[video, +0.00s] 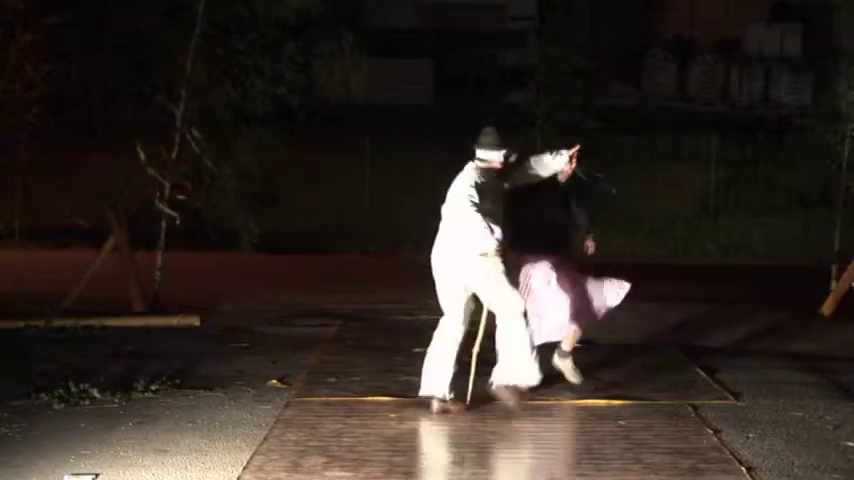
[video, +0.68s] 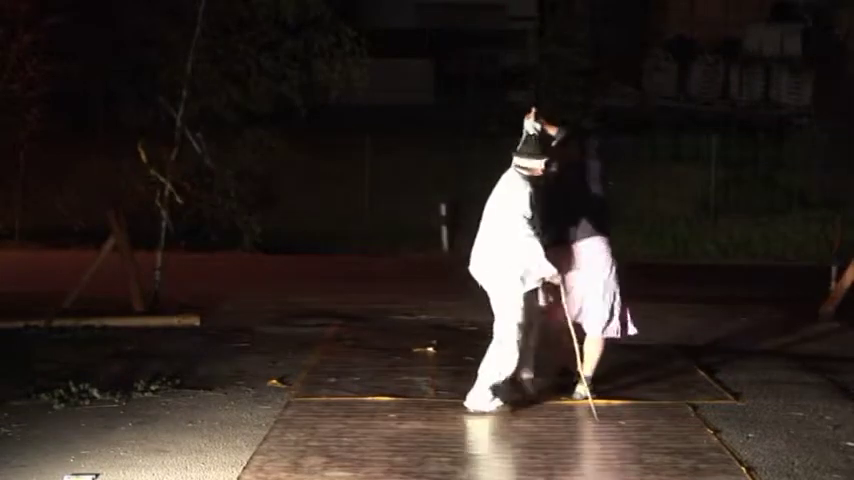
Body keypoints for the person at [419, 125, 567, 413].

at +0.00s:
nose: (503, 160)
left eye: (503, 155)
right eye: (499, 155)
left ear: (491, 155)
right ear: (488, 156)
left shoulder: (493, 175)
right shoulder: (469, 181)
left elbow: (524, 171)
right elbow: (468, 217)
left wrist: (557, 160)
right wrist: (488, 247)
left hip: (449, 258)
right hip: (470, 257)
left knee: (454, 319)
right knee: (510, 306)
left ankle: (436, 390)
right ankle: (509, 379)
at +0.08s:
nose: (508, 164)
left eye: (507, 159)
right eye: (503, 160)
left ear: (489, 161)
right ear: (494, 162)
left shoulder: (492, 180)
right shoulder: (478, 187)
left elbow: (523, 180)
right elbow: (480, 225)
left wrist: (554, 162)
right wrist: (506, 250)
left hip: (462, 268)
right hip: (476, 270)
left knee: (467, 329)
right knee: (499, 332)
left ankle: (441, 388)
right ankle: (487, 400)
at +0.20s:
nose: (515, 169)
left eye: (513, 164)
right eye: (512, 165)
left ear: (490, 165)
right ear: (509, 167)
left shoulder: (485, 187)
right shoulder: (490, 193)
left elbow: (501, 229)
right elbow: (504, 230)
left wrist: (522, 256)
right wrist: (529, 257)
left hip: (470, 265)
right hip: (480, 269)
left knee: (488, 315)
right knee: (503, 329)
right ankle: (486, 399)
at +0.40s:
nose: (526, 152)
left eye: (526, 147)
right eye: (523, 148)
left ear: (504, 147)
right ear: (515, 149)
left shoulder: (500, 169)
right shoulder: (502, 174)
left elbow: (508, 218)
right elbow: (511, 219)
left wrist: (526, 253)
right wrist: (534, 254)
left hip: (488, 253)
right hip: (488, 256)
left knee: (498, 318)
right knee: (497, 320)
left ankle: (489, 387)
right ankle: (487, 390)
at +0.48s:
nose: (531, 154)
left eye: (532, 148)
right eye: (526, 150)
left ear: (513, 150)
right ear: (514, 152)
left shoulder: (507, 168)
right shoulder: (505, 177)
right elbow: (512, 223)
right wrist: (532, 258)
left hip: (493, 251)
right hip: (486, 254)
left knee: (504, 313)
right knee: (501, 314)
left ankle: (493, 380)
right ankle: (483, 386)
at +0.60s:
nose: (539, 165)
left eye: (539, 159)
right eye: (535, 160)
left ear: (517, 159)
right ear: (525, 162)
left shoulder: (512, 180)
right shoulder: (510, 189)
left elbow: (527, 145)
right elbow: (513, 236)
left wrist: (535, 121)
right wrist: (539, 265)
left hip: (502, 265)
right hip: (496, 268)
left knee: (513, 325)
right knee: (508, 327)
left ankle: (519, 388)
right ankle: (481, 394)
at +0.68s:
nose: (546, 168)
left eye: (546, 163)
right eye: (542, 164)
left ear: (524, 159)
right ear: (530, 164)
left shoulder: (519, 181)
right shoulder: (516, 188)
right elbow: (522, 236)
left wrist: (533, 130)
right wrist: (547, 271)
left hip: (505, 263)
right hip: (498, 266)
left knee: (524, 320)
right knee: (511, 324)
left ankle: (521, 375)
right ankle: (482, 392)